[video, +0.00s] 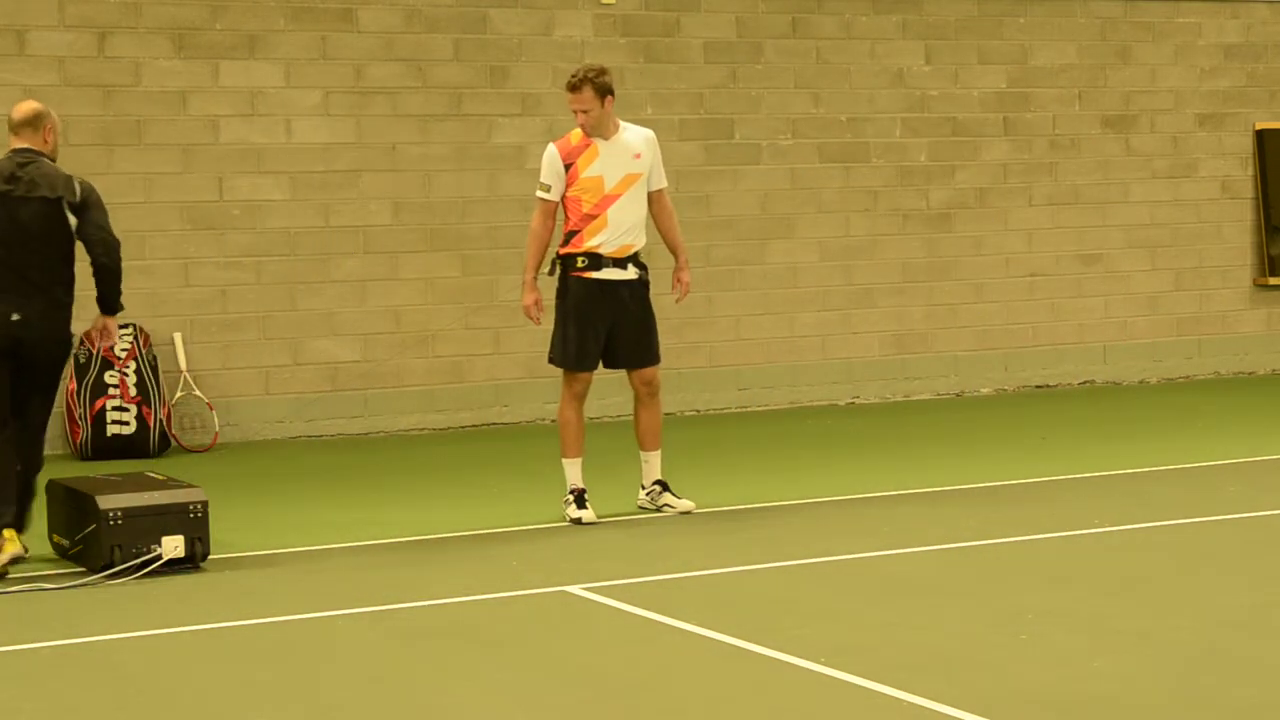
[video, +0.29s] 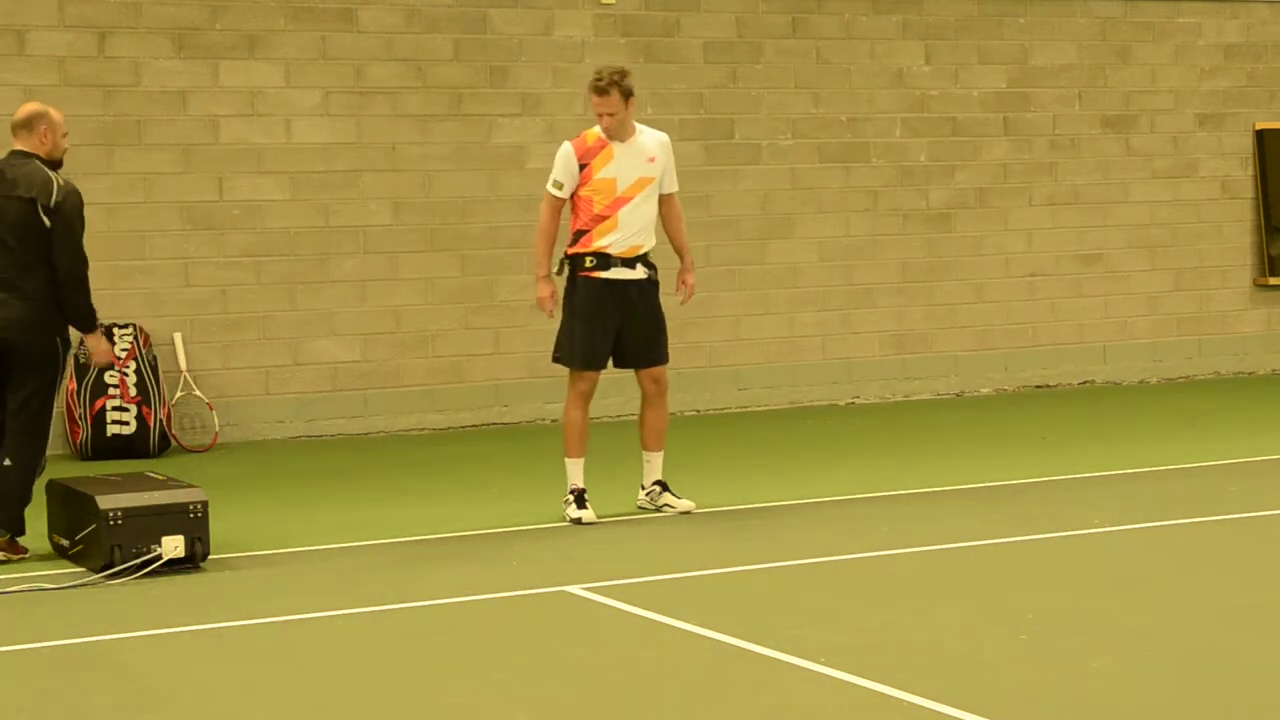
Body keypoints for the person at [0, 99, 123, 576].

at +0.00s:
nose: (57, 140)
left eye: (54, 132)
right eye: (56, 133)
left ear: (11, 133)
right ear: (48, 133)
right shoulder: (71, 189)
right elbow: (104, 247)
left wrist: (107, 311)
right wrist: (108, 310)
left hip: (2, 331)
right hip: (43, 332)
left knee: (7, 425)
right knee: (29, 429)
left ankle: (8, 529)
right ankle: (11, 529)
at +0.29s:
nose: (67, 143)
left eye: (66, 134)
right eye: (63, 134)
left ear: (26, 134)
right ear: (43, 134)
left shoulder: (1, 176)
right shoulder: (57, 192)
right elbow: (69, 270)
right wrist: (90, 331)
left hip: (2, 328)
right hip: (32, 333)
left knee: (8, 429)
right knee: (25, 434)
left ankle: (6, 530)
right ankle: (6, 532)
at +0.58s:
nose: (73, 147)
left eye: (72, 138)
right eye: (67, 139)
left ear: (33, 140)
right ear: (42, 140)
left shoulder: (7, 179)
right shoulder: (52, 194)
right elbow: (61, 269)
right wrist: (82, 327)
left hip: (7, 322)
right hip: (32, 327)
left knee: (24, 423)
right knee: (31, 427)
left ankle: (23, 516)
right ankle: (6, 527)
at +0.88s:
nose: (83, 152)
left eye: (84, 143)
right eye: (79, 142)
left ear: (49, 135)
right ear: (51, 135)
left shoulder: (22, 171)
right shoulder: (42, 182)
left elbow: (28, 254)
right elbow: (47, 256)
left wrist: (62, 309)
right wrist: (74, 312)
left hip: (15, 312)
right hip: (22, 315)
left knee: (30, 413)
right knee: (47, 413)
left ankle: (20, 514)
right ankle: (12, 516)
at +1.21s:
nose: (72, 153)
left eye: (74, 145)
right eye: (67, 144)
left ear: (47, 139)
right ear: (40, 138)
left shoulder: (57, 186)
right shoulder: (4, 188)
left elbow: (58, 261)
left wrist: (70, 320)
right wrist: (17, 322)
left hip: (60, 326)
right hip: (20, 329)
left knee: (82, 407)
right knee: (26, 423)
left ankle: (38, 487)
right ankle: (25, 521)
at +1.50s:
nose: (71, 145)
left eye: (71, 137)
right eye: (63, 137)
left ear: (55, 138)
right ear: (32, 138)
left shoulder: (78, 187)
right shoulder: (4, 190)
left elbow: (95, 254)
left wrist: (119, 306)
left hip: (74, 330)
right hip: (19, 333)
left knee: (102, 420)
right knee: (23, 430)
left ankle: (121, 517)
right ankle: (28, 521)